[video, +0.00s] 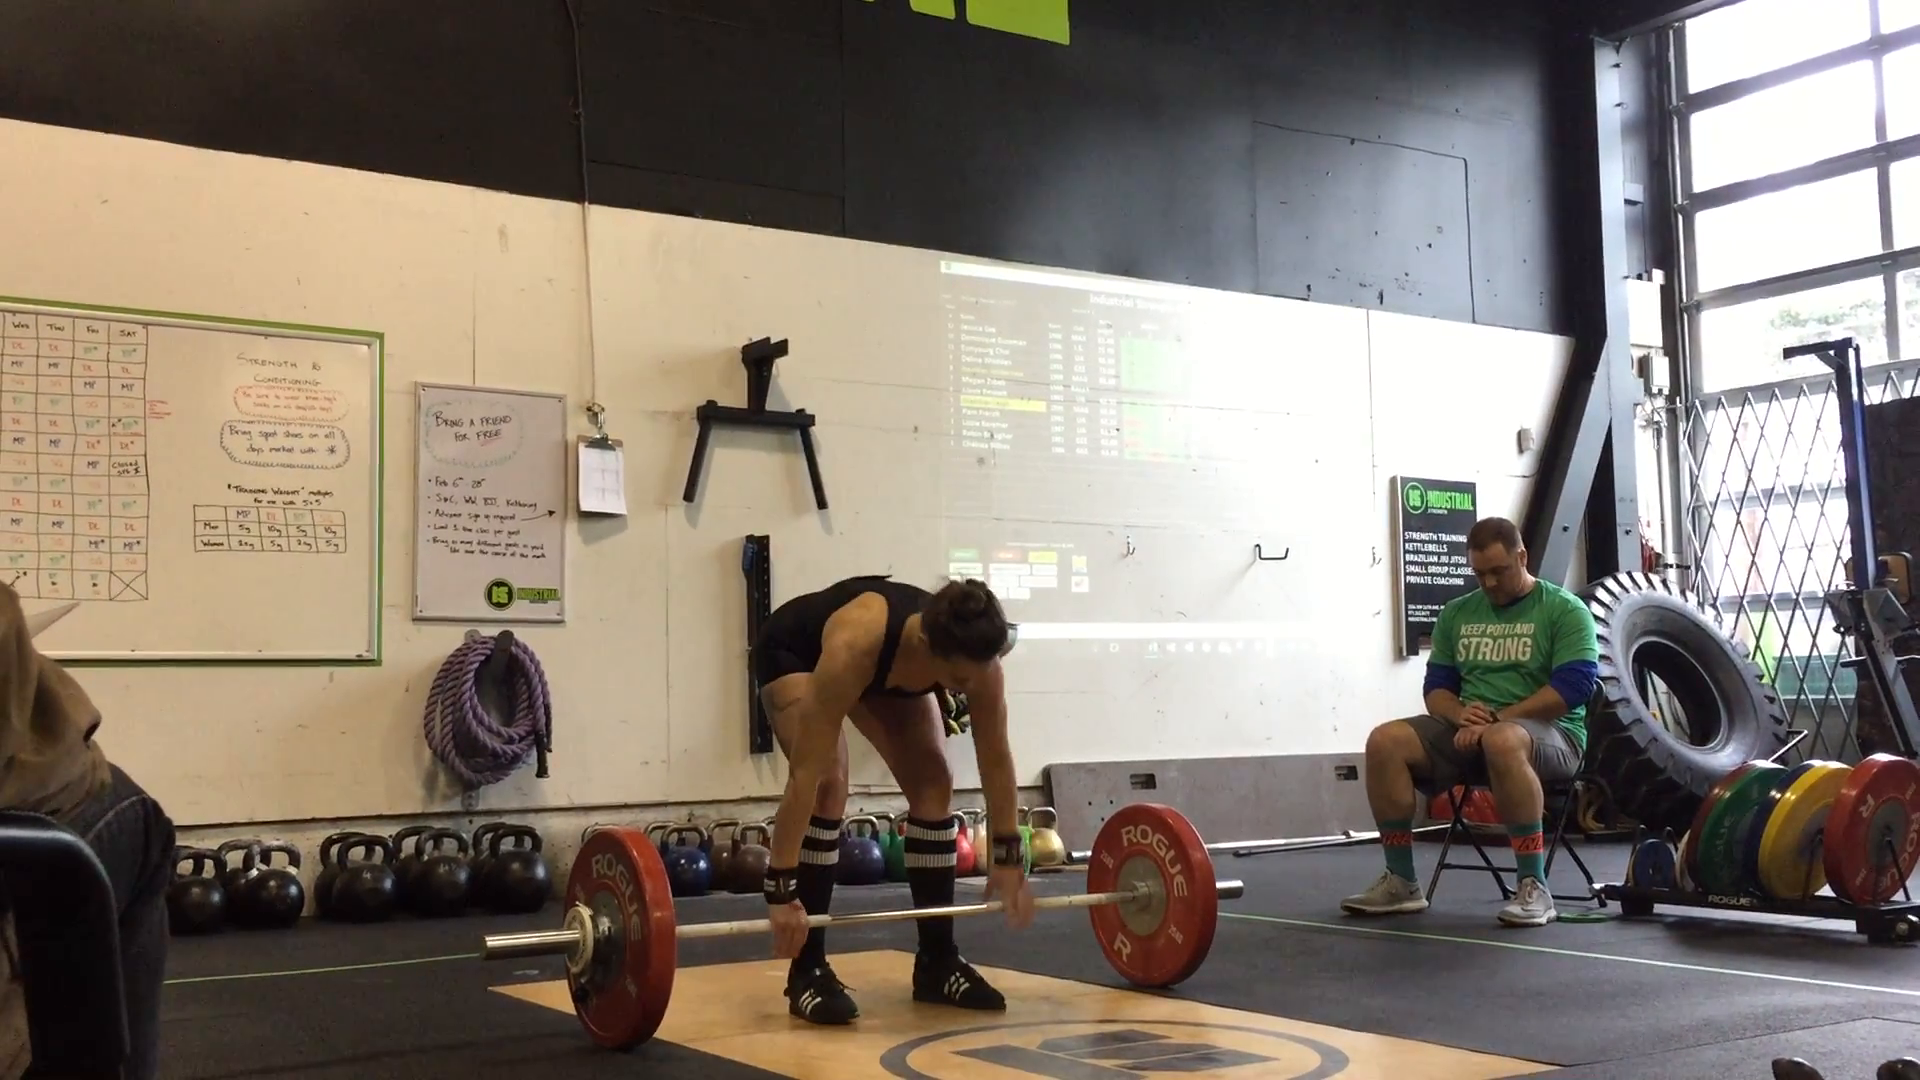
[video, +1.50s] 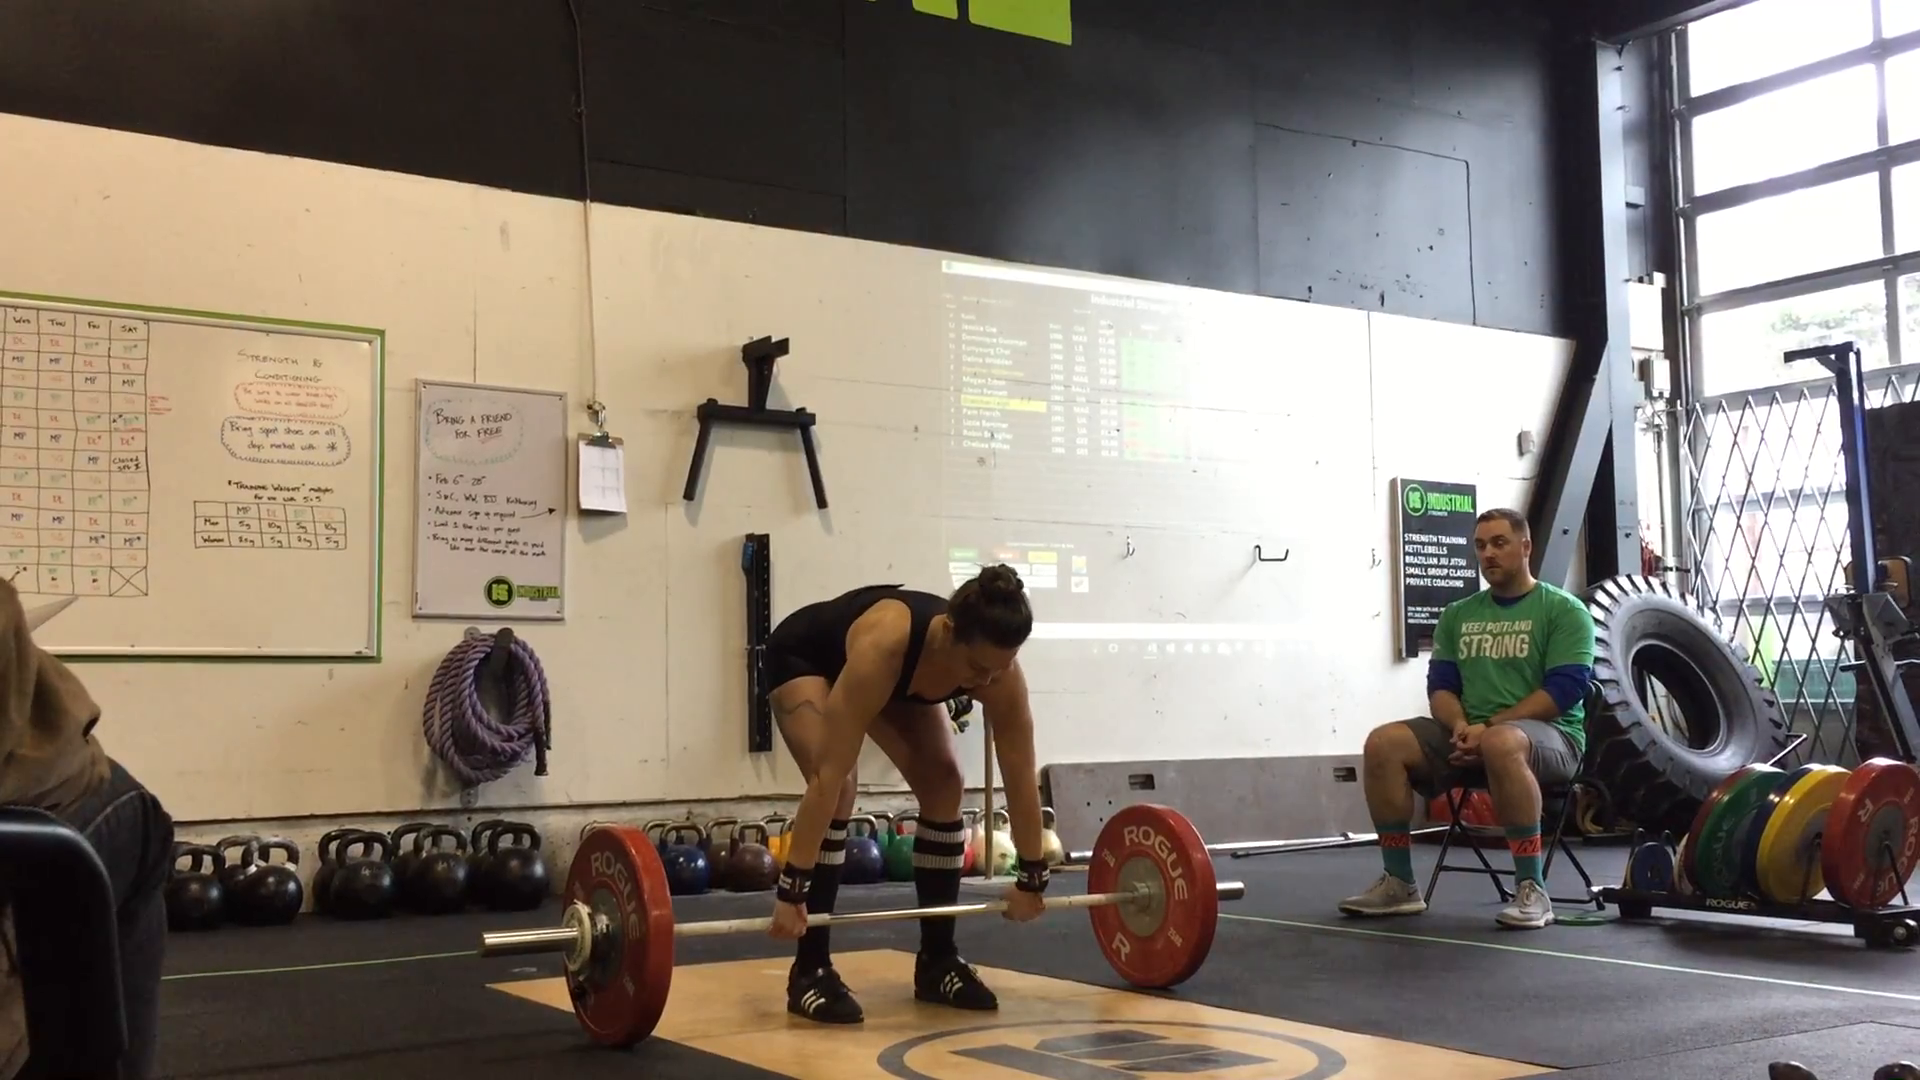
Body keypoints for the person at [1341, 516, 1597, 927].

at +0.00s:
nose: (1489, 583)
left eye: (1498, 571)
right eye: (1480, 574)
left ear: (1523, 557)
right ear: (1471, 566)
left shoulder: (1565, 609)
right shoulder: (1455, 614)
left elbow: (1574, 686)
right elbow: (1437, 689)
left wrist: (1496, 722)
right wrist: (1459, 713)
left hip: (1550, 734)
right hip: (1469, 733)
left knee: (1502, 741)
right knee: (1384, 742)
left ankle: (1532, 888)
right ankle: (1401, 882)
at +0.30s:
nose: (1487, 576)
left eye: (1495, 564)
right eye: (1478, 567)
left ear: (1522, 555)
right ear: (1469, 564)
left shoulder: (1564, 610)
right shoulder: (1454, 614)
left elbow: (1573, 687)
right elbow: (1436, 690)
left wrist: (1494, 722)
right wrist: (1459, 713)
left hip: (1548, 734)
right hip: (1468, 734)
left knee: (1500, 741)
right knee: (1383, 742)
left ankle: (1531, 889)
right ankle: (1400, 882)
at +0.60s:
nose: (1489, 568)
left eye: (1498, 556)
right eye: (1480, 559)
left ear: (1525, 552)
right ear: (1472, 559)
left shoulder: (1566, 612)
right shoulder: (1456, 614)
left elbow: (1574, 688)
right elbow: (1440, 686)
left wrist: (1494, 716)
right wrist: (1454, 716)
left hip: (1550, 735)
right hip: (1472, 736)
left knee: (1502, 741)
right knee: (1384, 743)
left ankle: (1532, 889)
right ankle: (1401, 883)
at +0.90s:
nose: (1490, 559)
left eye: (1500, 549)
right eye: (1482, 551)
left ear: (1527, 549)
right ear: (1475, 555)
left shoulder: (1566, 611)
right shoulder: (1458, 613)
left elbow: (1573, 692)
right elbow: (1442, 684)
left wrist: (1492, 718)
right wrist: (1455, 719)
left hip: (1551, 735)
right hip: (1472, 736)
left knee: (1502, 742)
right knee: (1385, 744)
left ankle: (1532, 890)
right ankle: (1401, 884)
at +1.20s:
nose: (1490, 553)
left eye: (1501, 543)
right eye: (1483, 545)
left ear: (1529, 547)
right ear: (1478, 553)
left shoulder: (1565, 611)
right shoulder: (1459, 612)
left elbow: (1569, 689)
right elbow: (1440, 682)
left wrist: (1493, 724)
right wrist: (1459, 723)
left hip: (1550, 734)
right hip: (1470, 735)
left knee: (1502, 742)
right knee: (1383, 745)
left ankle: (1531, 890)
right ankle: (1400, 884)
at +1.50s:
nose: (1488, 553)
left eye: (1498, 543)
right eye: (1480, 545)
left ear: (1526, 547)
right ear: (1475, 553)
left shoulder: (1564, 611)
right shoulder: (1456, 616)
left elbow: (1566, 689)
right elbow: (1441, 687)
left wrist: (1492, 728)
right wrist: (1459, 724)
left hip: (1549, 734)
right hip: (1469, 735)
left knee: (1501, 743)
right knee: (1382, 745)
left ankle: (1531, 891)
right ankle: (1399, 884)